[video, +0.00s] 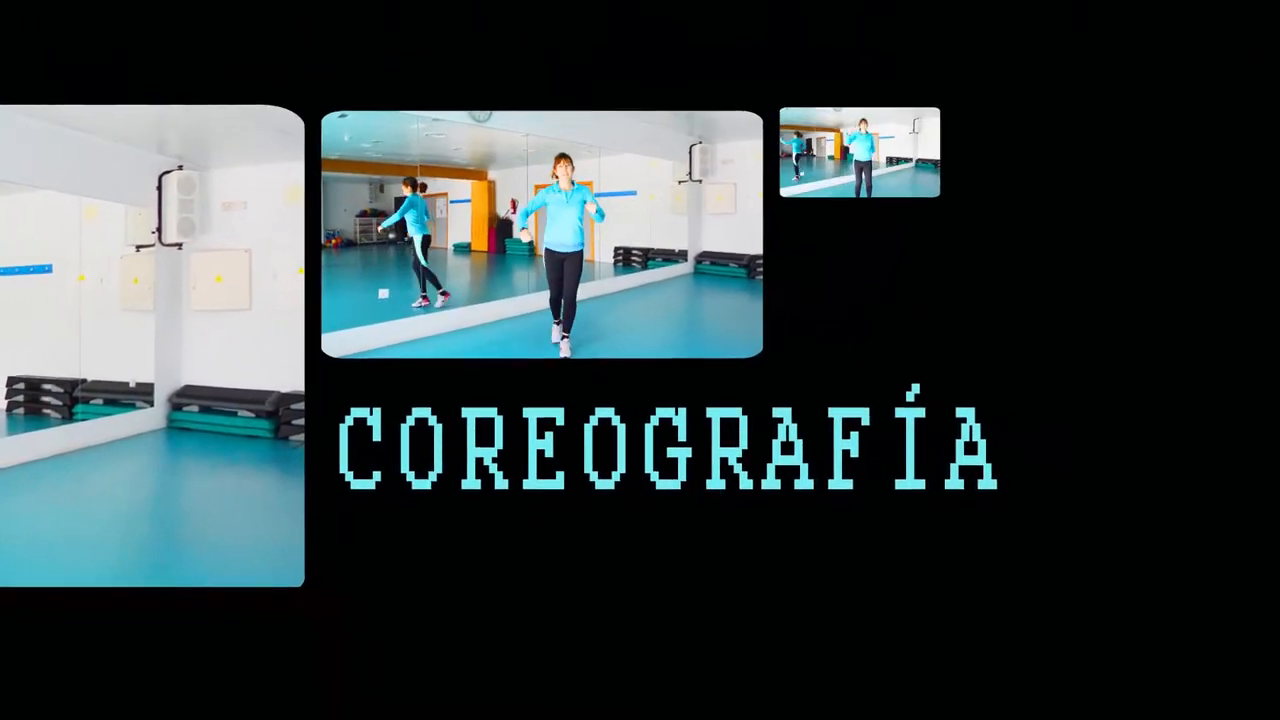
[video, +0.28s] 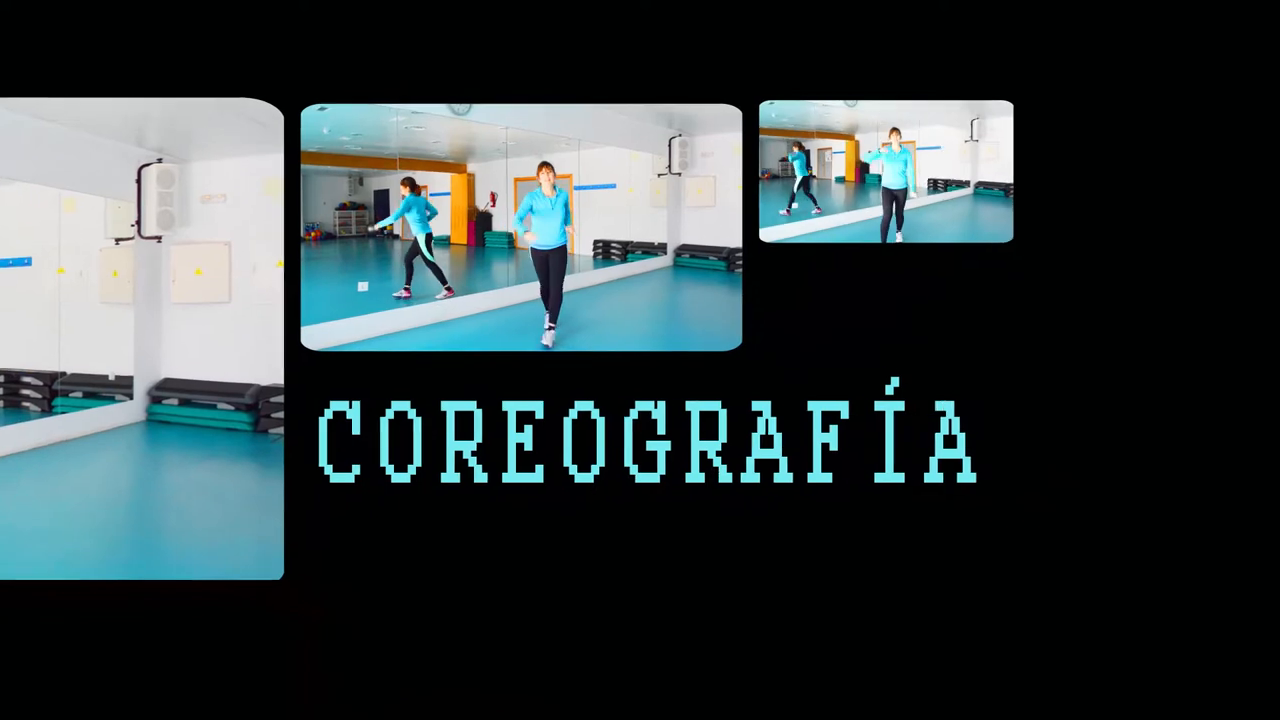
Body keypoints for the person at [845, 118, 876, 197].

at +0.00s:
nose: (863, 125)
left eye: (865, 124)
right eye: (862, 124)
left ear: (867, 125)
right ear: (859, 125)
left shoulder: (870, 136)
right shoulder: (855, 134)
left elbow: (872, 148)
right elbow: (847, 142)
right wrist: (847, 135)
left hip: (867, 159)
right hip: (858, 159)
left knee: (868, 181)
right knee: (858, 181)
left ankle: (869, 196)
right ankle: (857, 196)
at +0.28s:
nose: (895, 137)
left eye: (897, 135)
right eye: (893, 135)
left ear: (900, 136)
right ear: (889, 137)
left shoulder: (906, 153)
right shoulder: (884, 151)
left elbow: (910, 172)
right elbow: (866, 159)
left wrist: (912, 189)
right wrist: (878, 151)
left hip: (901, 187)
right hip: (887, 187)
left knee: (899, 213)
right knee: (887, 215)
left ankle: (899, 232)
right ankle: (883, 241)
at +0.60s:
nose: (928, 136)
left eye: (930, 133)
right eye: (925, 133)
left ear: (934, 136)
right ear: (921, 137)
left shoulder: (942, 154)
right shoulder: (914, 155)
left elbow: (955, 174)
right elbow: (897, 167)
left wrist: (951, 169)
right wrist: (891, 181)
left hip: (936, 200)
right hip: (918, 200)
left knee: (932, 236)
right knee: (922, 233)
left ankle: (928, 269)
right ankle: (923, 255)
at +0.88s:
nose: (944, 133)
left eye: (946, 130)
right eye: (940, 130)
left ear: (951, 132)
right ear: (936, 134)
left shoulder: (958, 152)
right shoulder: (930, 154)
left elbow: (962, 171)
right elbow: (920, 177)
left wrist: (964, 183)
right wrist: (934, 189)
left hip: (955, 200)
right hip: (936, 202)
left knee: (954, 238)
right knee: (941, 237)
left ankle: (951, 277)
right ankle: (944, 264)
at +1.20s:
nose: (943, 108)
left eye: (946, 104)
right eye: (942, 105)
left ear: (956, 106)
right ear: (942, 108)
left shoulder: (969, 122)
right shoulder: (941, 126)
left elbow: (975, 144)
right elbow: (960, 142)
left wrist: (984, 162)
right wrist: (980, 135)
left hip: (967, 176)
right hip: (947, 176)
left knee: (973, 214)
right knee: (950, 213)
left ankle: (987, 247)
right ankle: (953, 245)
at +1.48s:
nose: (951, 81)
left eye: (954, 76)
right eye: (950, 77)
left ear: (965, 77)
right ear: (953, 79)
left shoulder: (983, 94)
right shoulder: (951, 99)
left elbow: (1000, 110)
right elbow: (934, 111)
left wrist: (1011, 129)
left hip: (983, 149)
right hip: (963, 149)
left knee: (992, 184)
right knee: (954, 184)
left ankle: (1002, 221)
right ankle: (954, 226)